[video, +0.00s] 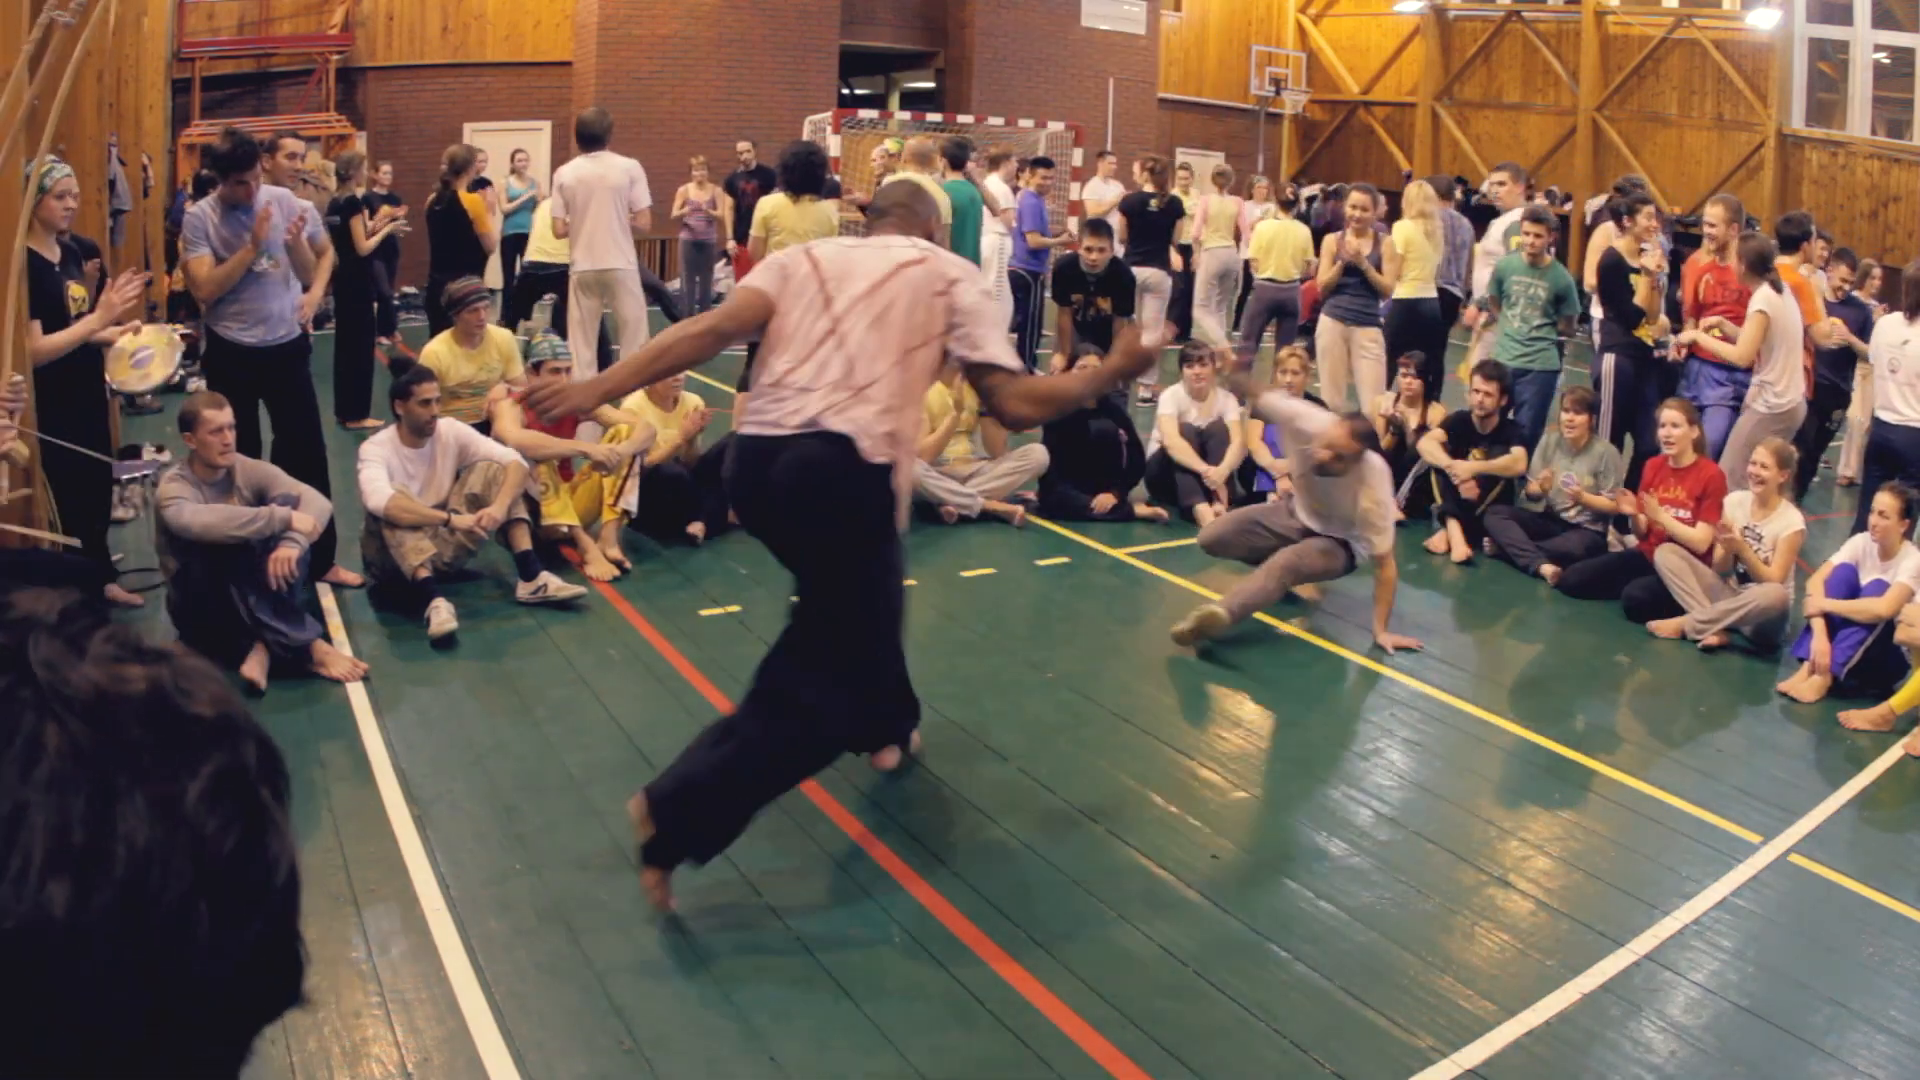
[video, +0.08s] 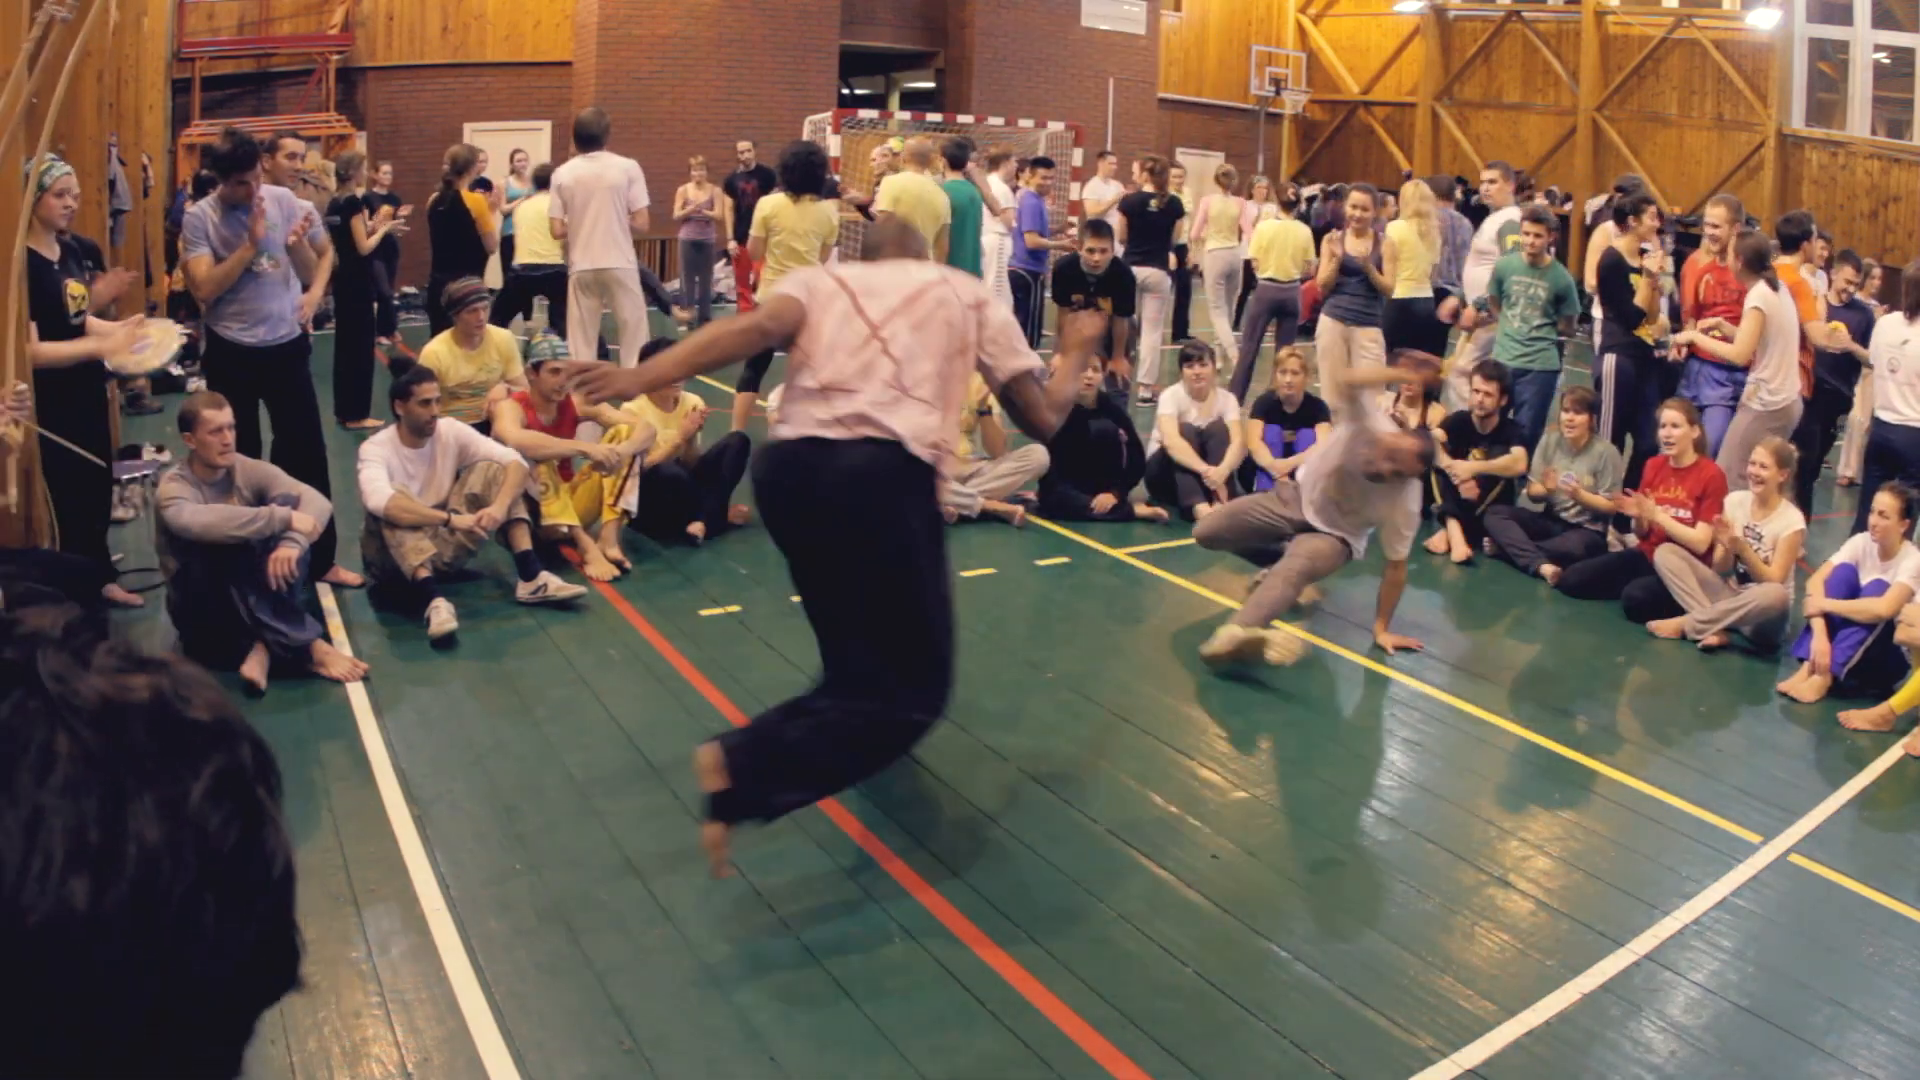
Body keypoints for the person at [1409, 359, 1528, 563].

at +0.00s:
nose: (1480, 399)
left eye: (1488, 394)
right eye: (1476, 392)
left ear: (1503, 400)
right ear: (1469, 393)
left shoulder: (1511, 429)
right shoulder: (1459, 419)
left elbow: (1519, 465)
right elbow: (1425, 444)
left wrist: (1472, 467)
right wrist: (1458, 474)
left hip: (1492, 508)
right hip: (1454, 502)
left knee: (1501, 459)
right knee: (1437, 459)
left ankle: (1448, 529)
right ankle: (1454, 530)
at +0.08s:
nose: (1479, 400)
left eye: (1487, 395)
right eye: (1475, 392)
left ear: (1503, 400)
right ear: (1469, 392)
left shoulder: (1511, 429)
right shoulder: (1457, 420)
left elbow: (1519, 464)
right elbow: (1432, 441)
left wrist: (1471, 468)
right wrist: (1459, 475)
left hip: (1491, 508)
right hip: (1454, 499)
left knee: (1501, 461)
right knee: (1435, 463)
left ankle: (1448, 528)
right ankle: (1454, 529)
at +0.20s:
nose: (1480, 400)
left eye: (1488, 395)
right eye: (1476, 392)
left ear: (1503, 400)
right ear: (1470, 392)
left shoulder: (1511, 428)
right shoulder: (1456, 421)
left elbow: (1519, 464)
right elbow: (1433, 448)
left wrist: (1474, 471)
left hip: (1496, 493)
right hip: (1457, 486)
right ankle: (1457, 537)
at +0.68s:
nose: (1480, 400)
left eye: (1488, 394)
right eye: (1476, 392)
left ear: (1503, 400)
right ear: (1470, 393)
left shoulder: (1511, 429)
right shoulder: (1458, 419)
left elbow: (1519, 464)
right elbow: (1425, 444)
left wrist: (1472, 468)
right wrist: (1455, 470)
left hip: (1496, 503)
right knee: (1436, 458)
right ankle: (1451, 523)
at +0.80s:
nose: (1480, 400)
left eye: (1488, 394)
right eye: (1476, 392)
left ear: (1503, 400)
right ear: (1470, 392)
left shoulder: (1512, 428)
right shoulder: (1460, 424)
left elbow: (1519, 465)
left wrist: (1473, 471)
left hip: (1495, 506)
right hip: (1455, 498)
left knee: (1501, 471)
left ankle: (1447, 530)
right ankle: (1455, 533)